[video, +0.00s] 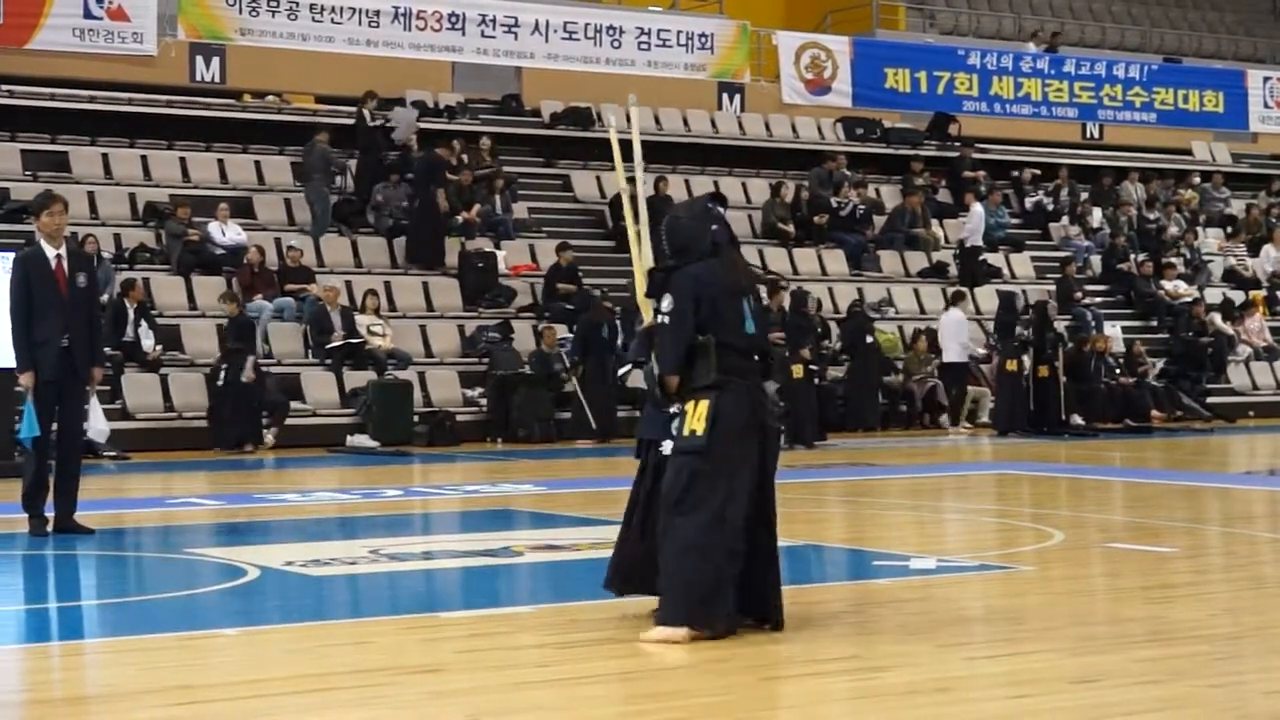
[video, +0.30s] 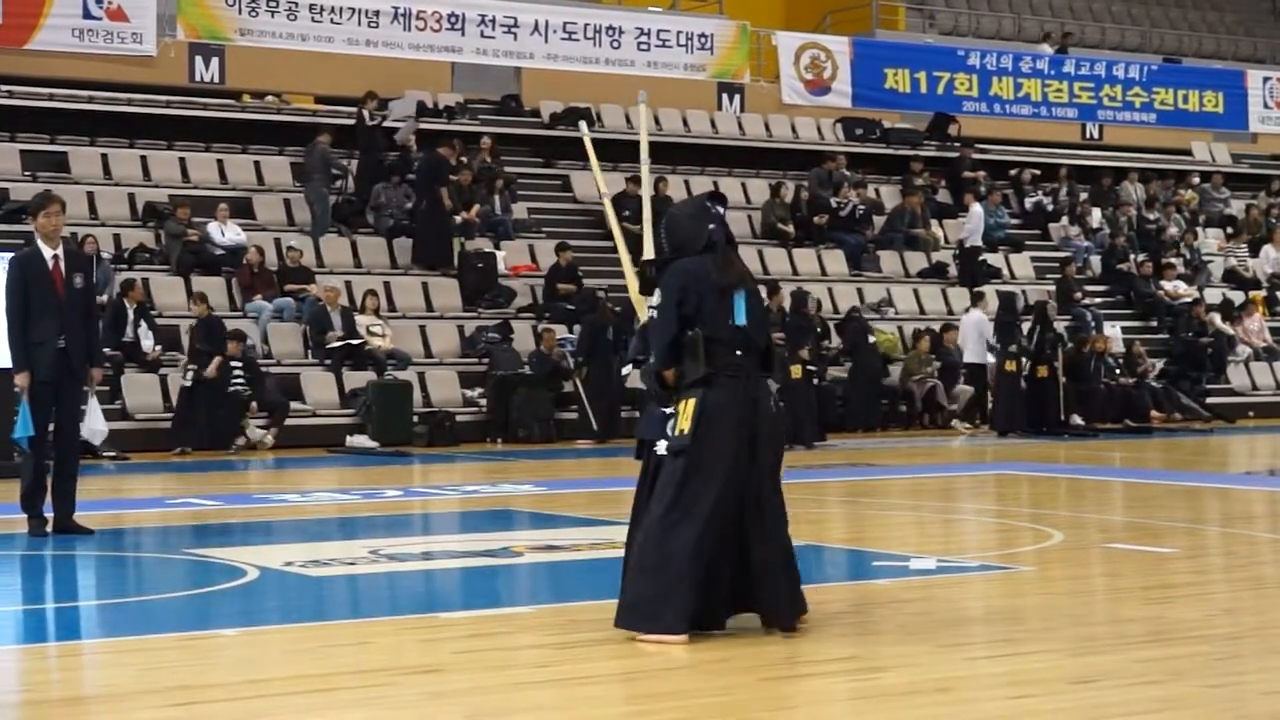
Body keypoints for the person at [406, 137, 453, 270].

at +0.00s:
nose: (449, 157)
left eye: (450, 154)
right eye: (449, 153)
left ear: (438, 148)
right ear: (445, 149)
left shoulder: (424, 157)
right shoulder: (439, 161)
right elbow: (439, 185)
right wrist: (443, 201)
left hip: (419, 198)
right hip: (431, 199)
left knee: (420, 228)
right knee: (435, 229)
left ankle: (417, 259)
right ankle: (435, 260)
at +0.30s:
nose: (451, 157)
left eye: (453, 155)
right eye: (452, 154)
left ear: (441, 148)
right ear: (447, 150)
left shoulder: (427, 158)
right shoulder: (442, 161)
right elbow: (442, 184)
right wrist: (446, 199)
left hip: (422, 200)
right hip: (434, 201)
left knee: (424, 230)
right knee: (440, 230)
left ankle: (422, 260)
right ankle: (443, 262)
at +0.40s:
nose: (452, 157)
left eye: (453, 154)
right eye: (452, 153)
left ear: (441, 149)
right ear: (447, 150)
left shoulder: (427, 159)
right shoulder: (442, 162)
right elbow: (444, 185)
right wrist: (450, 200)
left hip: (425, 201)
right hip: (437, 202)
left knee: (427, 230)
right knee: (444, 231)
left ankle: (425, 260)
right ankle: (445, 264)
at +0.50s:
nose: (455, 157)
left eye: (456, 154)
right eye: (454, 153)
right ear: (448, 149)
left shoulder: (426, 159)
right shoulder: (445, 161)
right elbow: (448, 185)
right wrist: (454, 201)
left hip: (427, 201)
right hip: (441, 202)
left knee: (429, 231)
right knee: (446, 232)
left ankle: (426, 261)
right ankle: (446, 264)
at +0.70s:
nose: (462, 156)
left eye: (462, 153)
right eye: (460, 152)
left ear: (450, 150)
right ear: (452, 149)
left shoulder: (438, 161)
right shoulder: (452, 162)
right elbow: (453, 182)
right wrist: (459, 196)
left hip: (436, 200)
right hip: (447, 201)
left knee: (435, 229)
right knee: (448, 231)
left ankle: (431, 260)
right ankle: (447, 262)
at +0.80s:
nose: (464, 156)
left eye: (464, 153)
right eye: (463, 153)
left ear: (450, 150)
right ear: (457, 151)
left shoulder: (439, 161)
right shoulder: (454, 162)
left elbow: (437, 182)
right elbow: (454, 183)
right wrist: (460, 196)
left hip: (437, 201)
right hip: (448, 202)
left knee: (436, 231)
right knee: (450, 232)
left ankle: (433, 261)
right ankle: (449, 262)